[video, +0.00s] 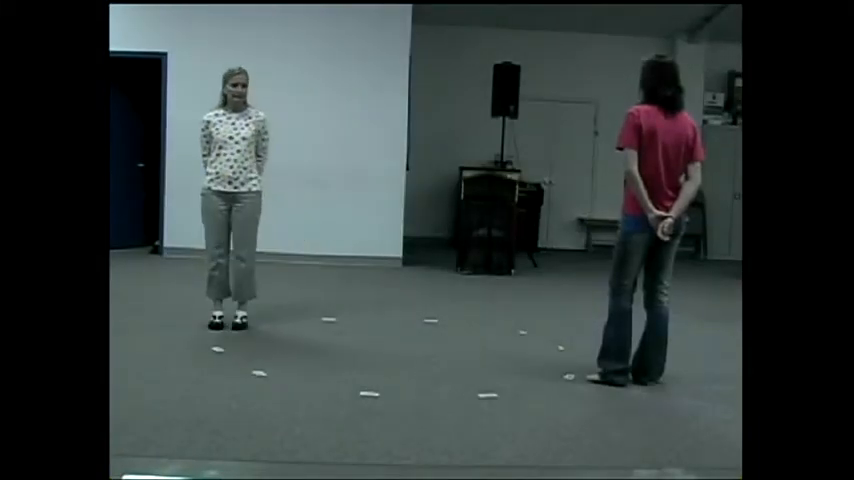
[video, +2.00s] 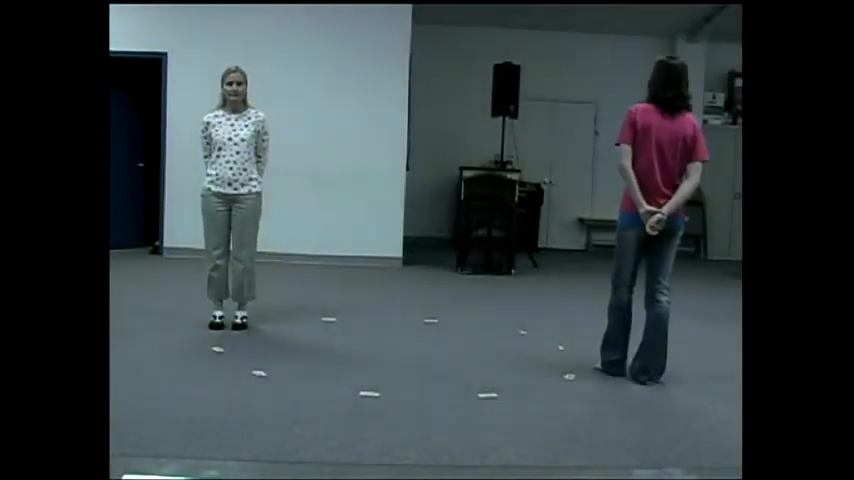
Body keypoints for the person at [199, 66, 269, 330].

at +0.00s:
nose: (239, 90)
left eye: (243, 86)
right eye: (234, 85)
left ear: (248, 89)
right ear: (224, 88)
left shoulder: (258, 119)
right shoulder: (210, 119)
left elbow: (262, 155)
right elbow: (206, 154)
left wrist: (252, 178)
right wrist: (215, 176)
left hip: (247, 190)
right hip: (215, 189)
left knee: (243, 251)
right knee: (217, 251)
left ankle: (241, 309)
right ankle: (217, 308)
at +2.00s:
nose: (234, 88)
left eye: (239, 84)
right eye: (229, 84)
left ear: (246, 87)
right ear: (222, 88)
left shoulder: (257, 119)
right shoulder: (210, 120)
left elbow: (262, 156)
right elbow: (207, 155)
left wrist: (255, 180)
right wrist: (214, 178)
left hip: (247, 191)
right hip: (215, 191)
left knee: (243, 253)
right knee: (217, 253)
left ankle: (241, 309)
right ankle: (218, 308)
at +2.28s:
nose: (234, 89)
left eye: (239, 84)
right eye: (229, 84)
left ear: (245, 88)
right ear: (222, 88)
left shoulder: (257, 119)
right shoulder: (210, 120)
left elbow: (262, 155)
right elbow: (207, 155)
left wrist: (254, 179)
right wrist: (215, 177)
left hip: (246, 191)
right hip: (215, 190)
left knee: (243, 252)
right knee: (217, 252)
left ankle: (241, 309)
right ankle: (217, 309)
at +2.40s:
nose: (234, 89)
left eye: (239, 84)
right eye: (229, 84)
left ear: (245, 87)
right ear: (222, 88)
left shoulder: (257, 119)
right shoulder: (210, 120)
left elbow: (262, 155)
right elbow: (207, 155)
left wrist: (254, 179)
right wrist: (215, 177)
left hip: (247, 191)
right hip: (215, 190)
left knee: (243, 252)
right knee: (217, 252)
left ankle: (241, 309)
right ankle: (217, 309)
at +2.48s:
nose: (234, 89)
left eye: (239, 84)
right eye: (229, 84)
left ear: (245, 87)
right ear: (222, 88)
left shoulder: (257, 119)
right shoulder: (210, 120)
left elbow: (262, 156)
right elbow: (207, 155)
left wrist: (255, 179)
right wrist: (215, 177)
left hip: (247, 191)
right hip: (216, 191)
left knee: (243, 252)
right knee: (217, 252)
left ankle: (241, 309)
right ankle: (217, 309)